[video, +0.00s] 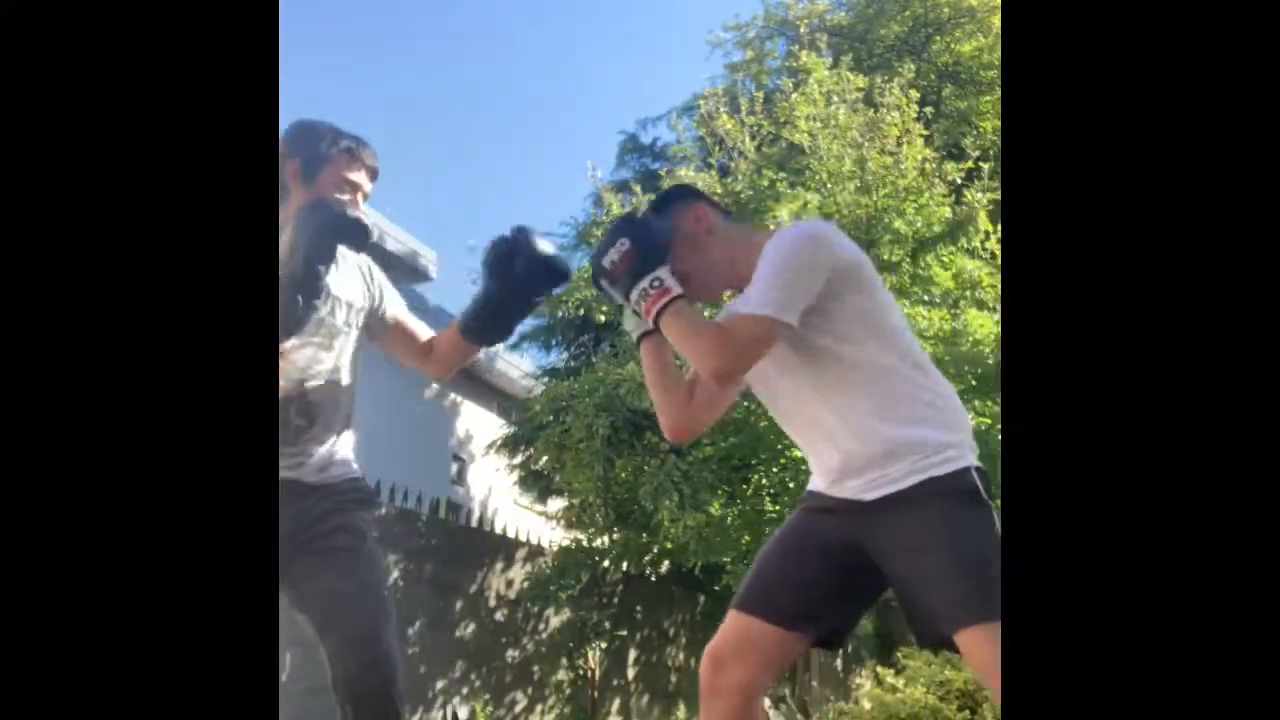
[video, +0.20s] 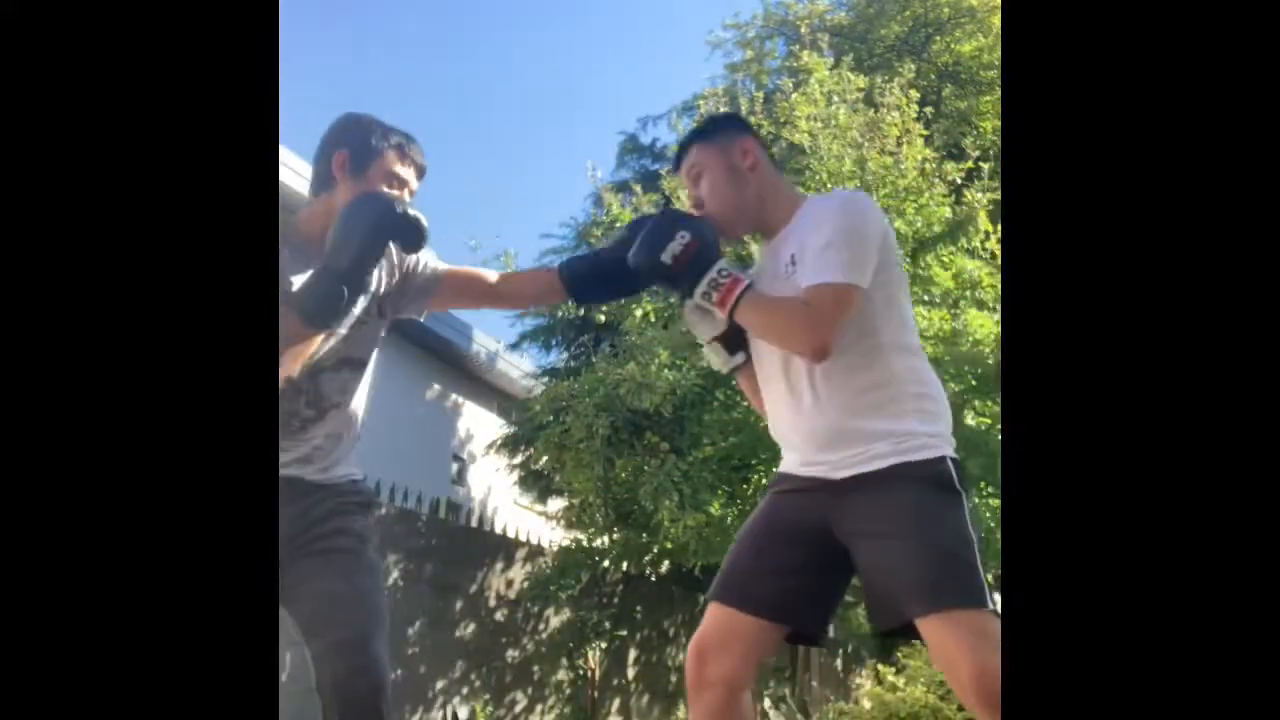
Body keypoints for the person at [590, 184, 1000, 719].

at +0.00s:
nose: (670, 280)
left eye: (667, 260)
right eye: (663, 274)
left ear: (701, 219)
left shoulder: (805, 244)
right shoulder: (740, 319)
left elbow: (721, 357)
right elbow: (680, 421)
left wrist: (652, 288)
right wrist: (643, 317)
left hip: (927, 484)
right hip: (836, 500)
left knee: (997, 669)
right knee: (728, 672)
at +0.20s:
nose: (692, 203)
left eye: (697, 178)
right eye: (686, 191)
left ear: (747, 154)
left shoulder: (844, 211)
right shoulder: (760, 280)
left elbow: (815, 331)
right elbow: (782, 413)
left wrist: (712, 278)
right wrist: (726, 345)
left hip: (899, 470)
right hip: (804, 482)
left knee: (983, 681)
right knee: (712, 667)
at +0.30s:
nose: (765, 168)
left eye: (772, 146)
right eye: (760, 156)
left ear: (825, 127)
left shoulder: (913, 211)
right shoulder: (802, 249)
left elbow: (855, 325)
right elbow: (804, 354)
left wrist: (761, 255)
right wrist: (760, 319)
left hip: (911, 474)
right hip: (810, 475)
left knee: (982, 683)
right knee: (716, 665)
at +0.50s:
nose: (853, 145)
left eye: (867, 123)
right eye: (850, 132)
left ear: (928, 116)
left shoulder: (987, 231)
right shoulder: (843, 224)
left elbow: (941, 356)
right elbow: (835, 339)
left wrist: (848, 268)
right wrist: (804, 346)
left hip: (943, 472)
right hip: (834, 467)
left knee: (995, 660)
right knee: (741, 661)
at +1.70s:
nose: (793, 102)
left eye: (805, 76)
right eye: (787, 90)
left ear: (865, 65)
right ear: (790, 108)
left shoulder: (962, 169)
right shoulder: (804, 200)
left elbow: (947, 301)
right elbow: (794, 363)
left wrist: (822, 228)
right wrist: (742, 301)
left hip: (953, 451)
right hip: (828, 446)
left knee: (1000, 662)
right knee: (733, 656)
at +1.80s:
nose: (745, 124)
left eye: (755, 97)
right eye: (733, 112)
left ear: (804, 80)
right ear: (728, 124)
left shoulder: (900, 159)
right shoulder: (760, 233)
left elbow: (823, 254)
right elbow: (727, 363)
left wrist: (746, 150)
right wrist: (680, 243)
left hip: (944, 457)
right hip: (818, 463)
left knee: (997, 667)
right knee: (731, 675)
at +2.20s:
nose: (755, 92)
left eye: (766, 65)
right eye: (748, 85)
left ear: (829, 49)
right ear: (755, 103)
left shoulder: (934, 148)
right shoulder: (773, 208)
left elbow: (912, 266)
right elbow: (772, 371)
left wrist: (780, 195)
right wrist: (725, 309)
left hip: (937, 442)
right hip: (806, 443)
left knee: (1002, 659)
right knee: (697, 657)